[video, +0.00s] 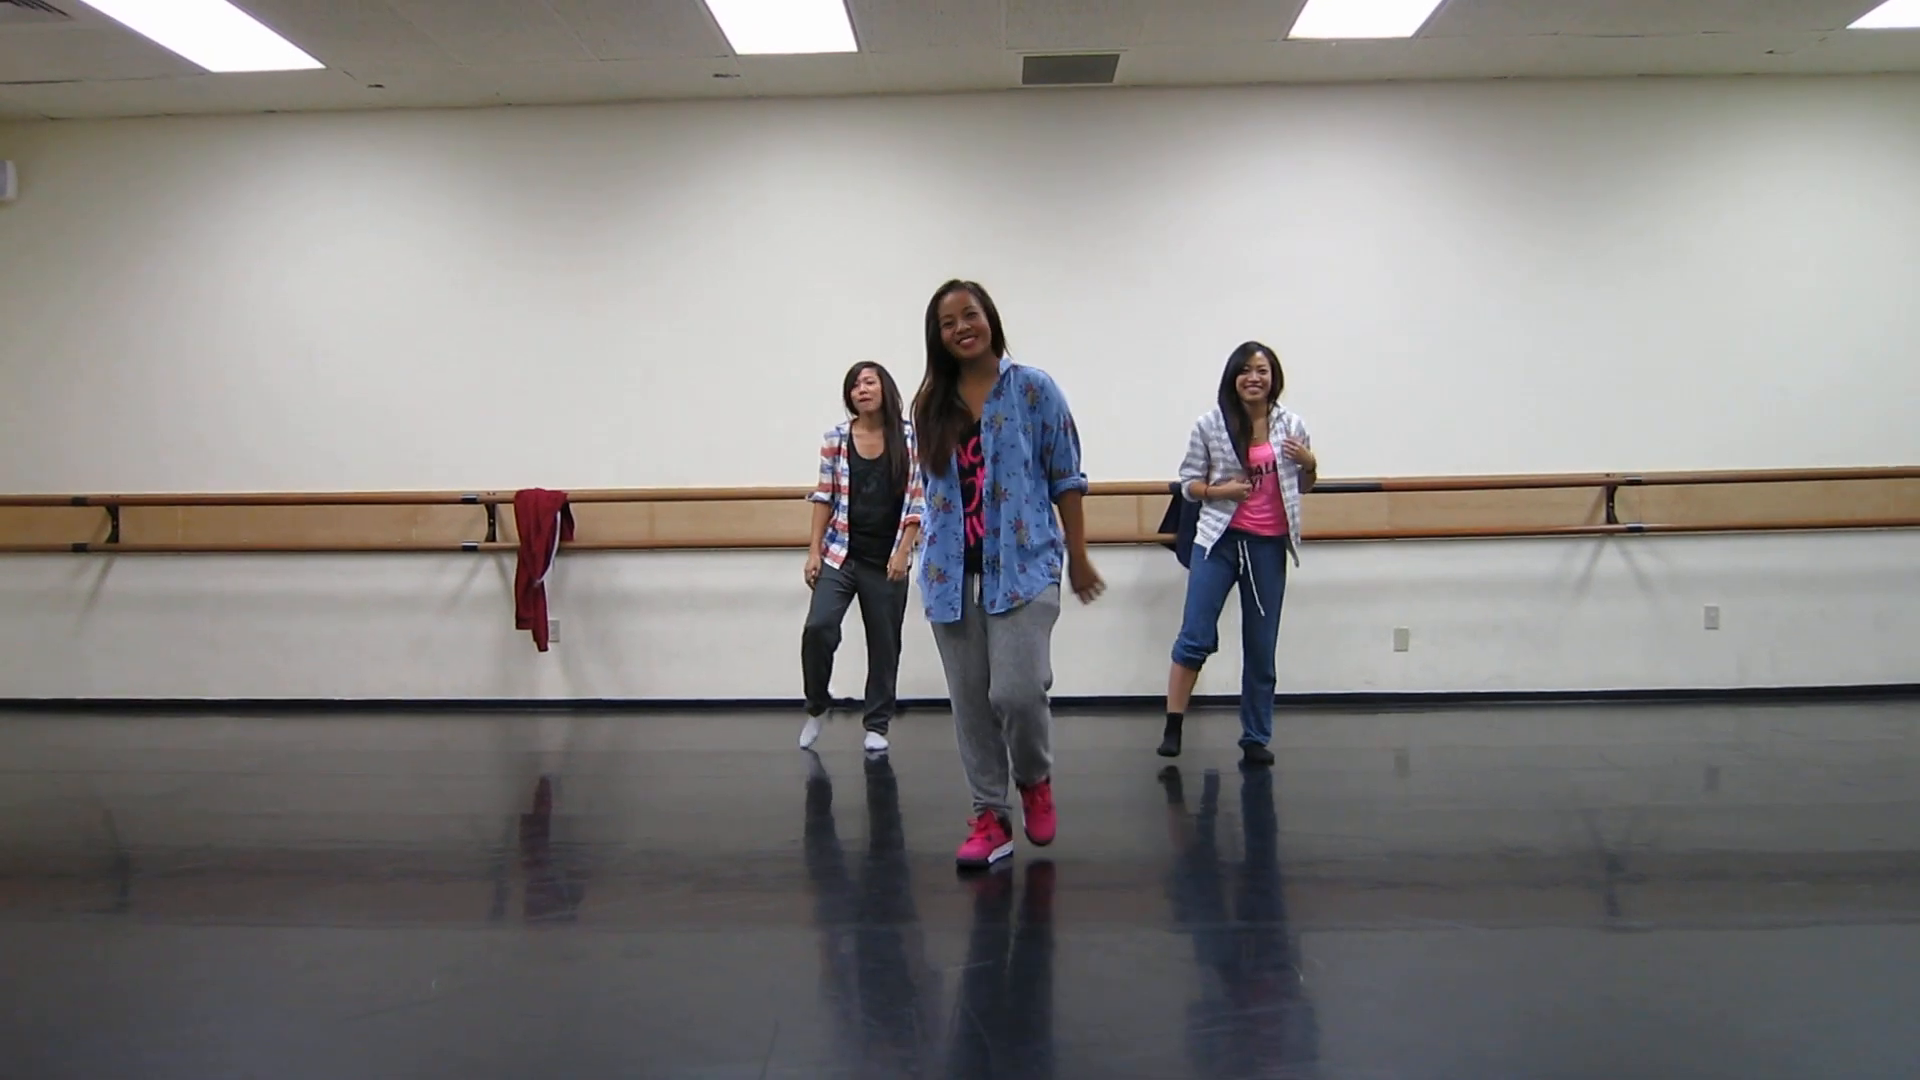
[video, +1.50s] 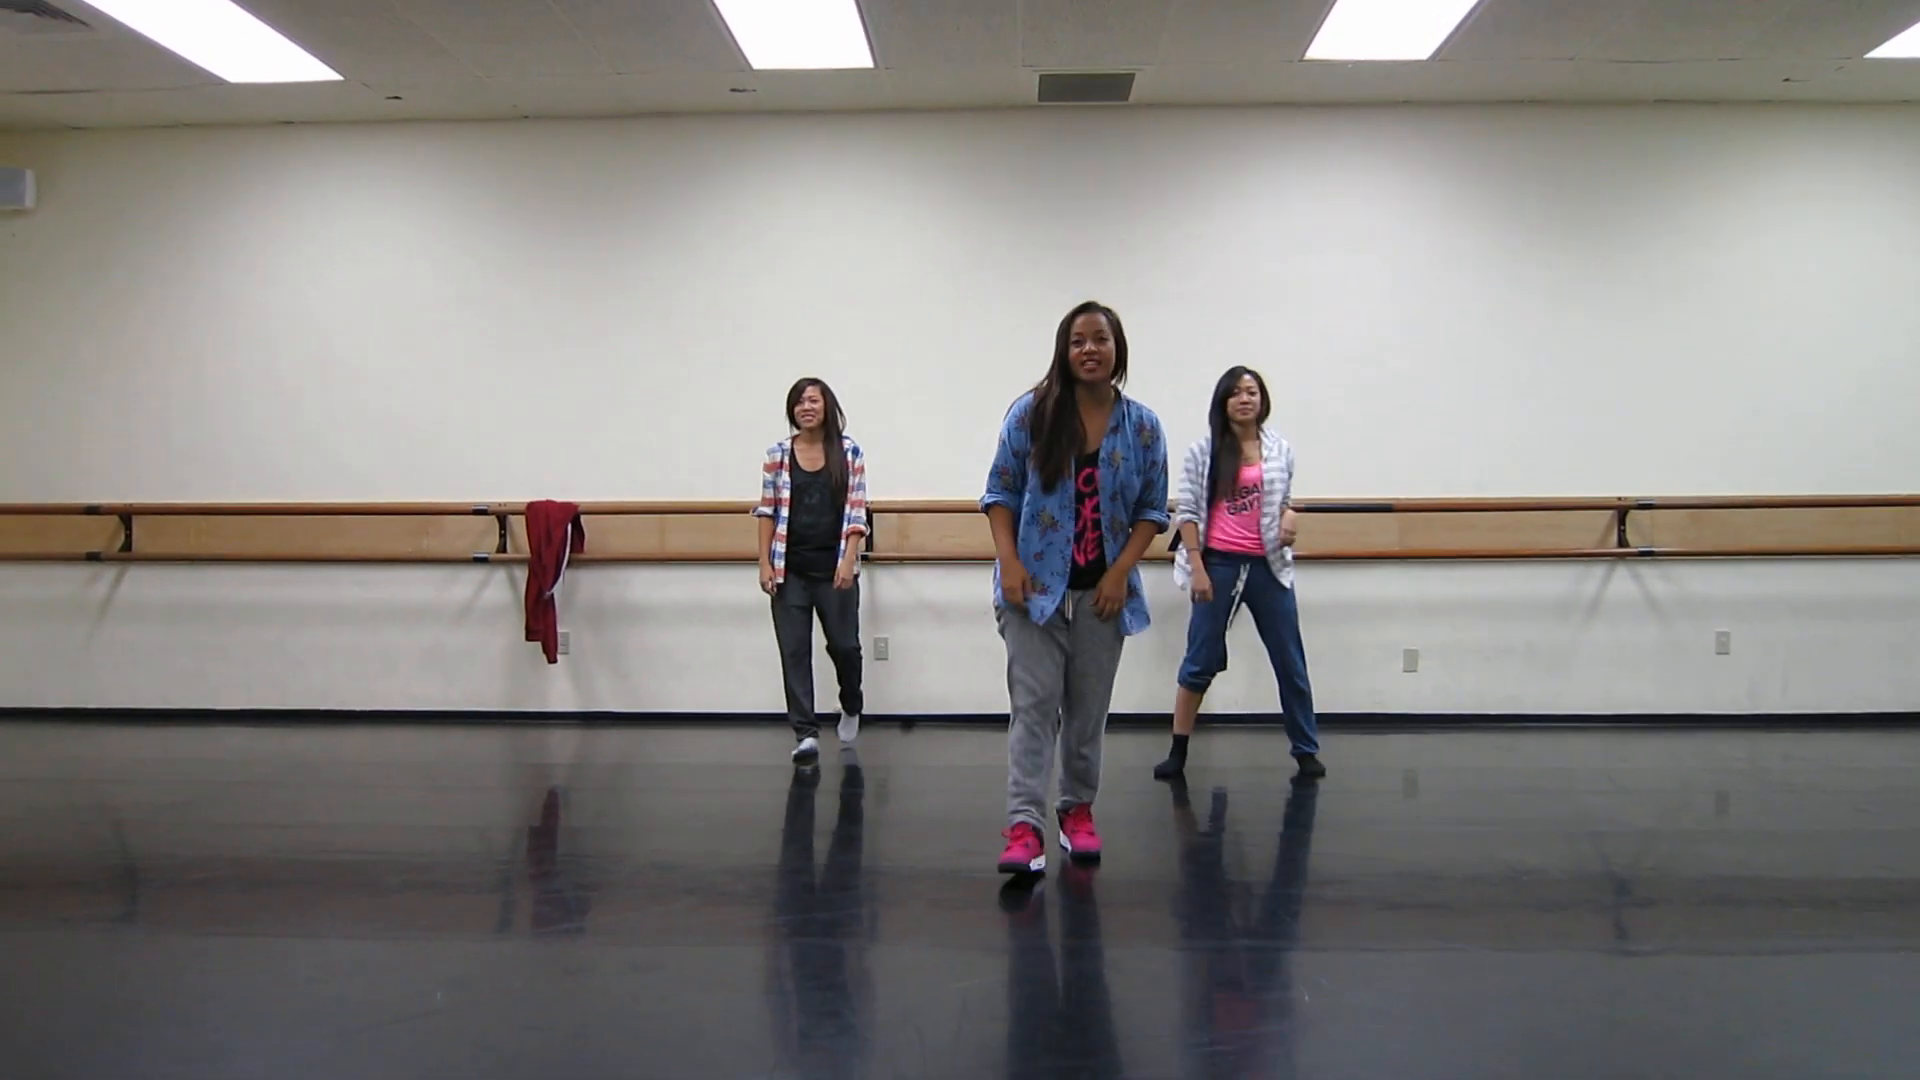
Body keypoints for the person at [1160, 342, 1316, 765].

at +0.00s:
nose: (1254, 377)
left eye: (1262, 371)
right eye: (1246, 371)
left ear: (1274, 378)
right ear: (1232, 378)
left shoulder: (1290, 423)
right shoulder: (1210, 426)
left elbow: (1303, 488)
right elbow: (1188, 486)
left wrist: (1309, 464)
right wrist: (1221, 489)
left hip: (1268, 543)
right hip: (1217, 539)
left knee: (1261, 648)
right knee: (1195, 634)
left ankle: (1256, 740)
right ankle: (1173, 726)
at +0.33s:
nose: (1237, 383)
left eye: (1246, 377)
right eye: (1230, 376)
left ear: (1257, 384)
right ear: (1215, 382)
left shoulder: (1270, 430)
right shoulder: (1190, 429)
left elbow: (1278, 490)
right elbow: (1170, 487)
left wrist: (1284, 471)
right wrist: (1202, 492)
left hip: (1253, 546)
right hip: (1201, 544)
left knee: (1256, 650)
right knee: (1186, 645)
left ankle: (1259, 745)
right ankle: (1171, 739)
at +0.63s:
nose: (1210, 389)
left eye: (1219, 383)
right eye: (1202, 382)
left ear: (1230, 392)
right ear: (1189, 390)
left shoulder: (1244, 438)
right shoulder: (1163, 437)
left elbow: (1250, 501)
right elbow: (1142, 492)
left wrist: (1255, 479)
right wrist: (1166, 504)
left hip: (1224, 555)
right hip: (1174, 553)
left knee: (1239, 653)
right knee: (1171, 654)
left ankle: (1258, 747)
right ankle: (1170, 744)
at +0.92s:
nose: (1193, 391)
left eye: (1202, 385)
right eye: (1186, 384)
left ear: (1214, 392)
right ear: (1171, 391)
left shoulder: (1227, 437)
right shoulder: (1149, 439)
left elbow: (1237, 506)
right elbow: (1133, 499)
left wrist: (1231, 478)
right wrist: (1169, 493)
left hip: (1217, 554)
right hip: (1167, 554)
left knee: (1237, 652)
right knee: (1169, 656)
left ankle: (1260, 747)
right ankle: (1173, 748)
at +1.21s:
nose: (1204, 390)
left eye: (1212, 384)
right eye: (1195, 383)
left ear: (1222, 391)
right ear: (1181, 391)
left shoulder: (1237, 438)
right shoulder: (1164, 439)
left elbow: (1260, 505)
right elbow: (1142, 492)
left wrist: (1256, 479)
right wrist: (1170, 481)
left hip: (1230, 555)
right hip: (1180, 556)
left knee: (1261, 650)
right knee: (1177, 654)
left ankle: (1290, 741)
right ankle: (1175, 748)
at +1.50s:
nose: (1245, 399)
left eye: (1252, 392)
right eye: (1236, 393)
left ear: (1263, 400)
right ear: (1222, 403)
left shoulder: (1280, 449)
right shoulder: (1202, 451)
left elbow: (1287, 503)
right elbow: (1186, 513)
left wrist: (1291, 514)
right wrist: (1197, 567)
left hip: (1268, 565)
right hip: (1216, 564)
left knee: (1290, 661)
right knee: (1201, 660)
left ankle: (1306, 752)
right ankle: (1177, 751)